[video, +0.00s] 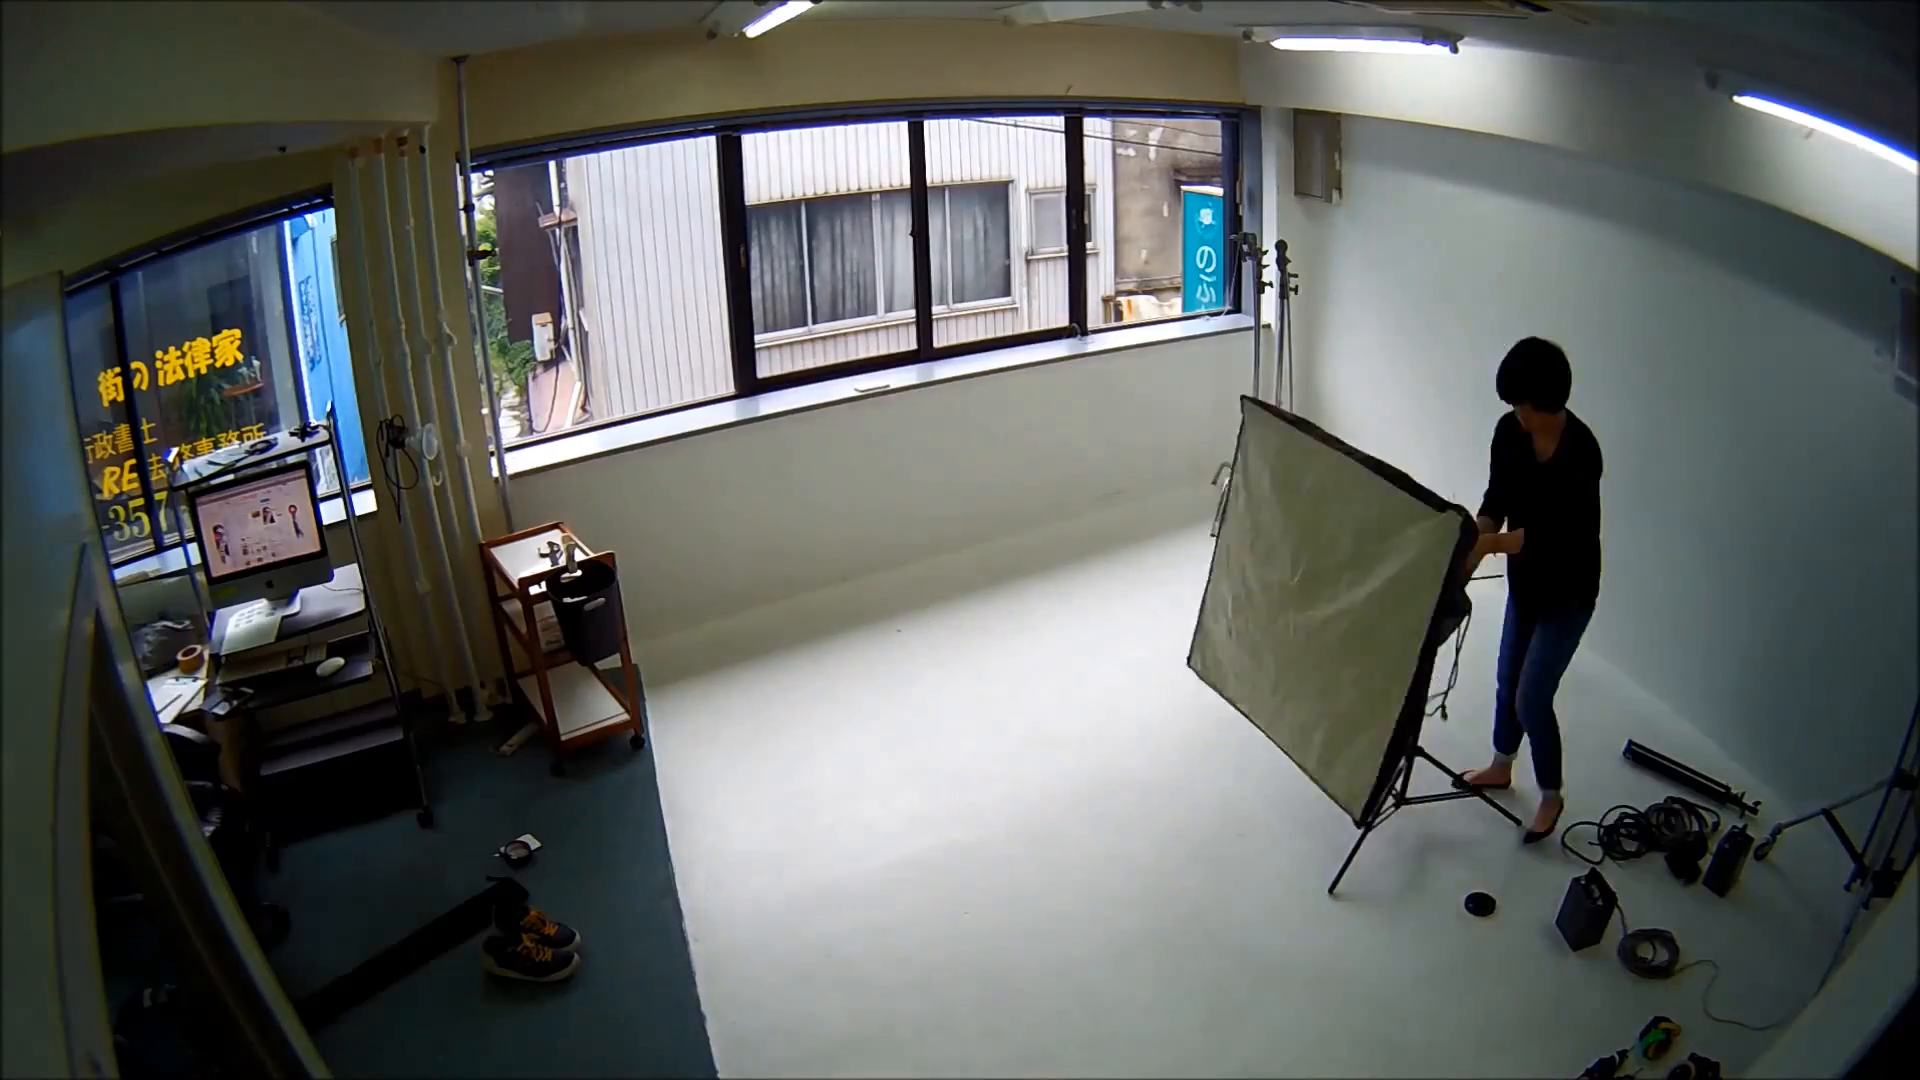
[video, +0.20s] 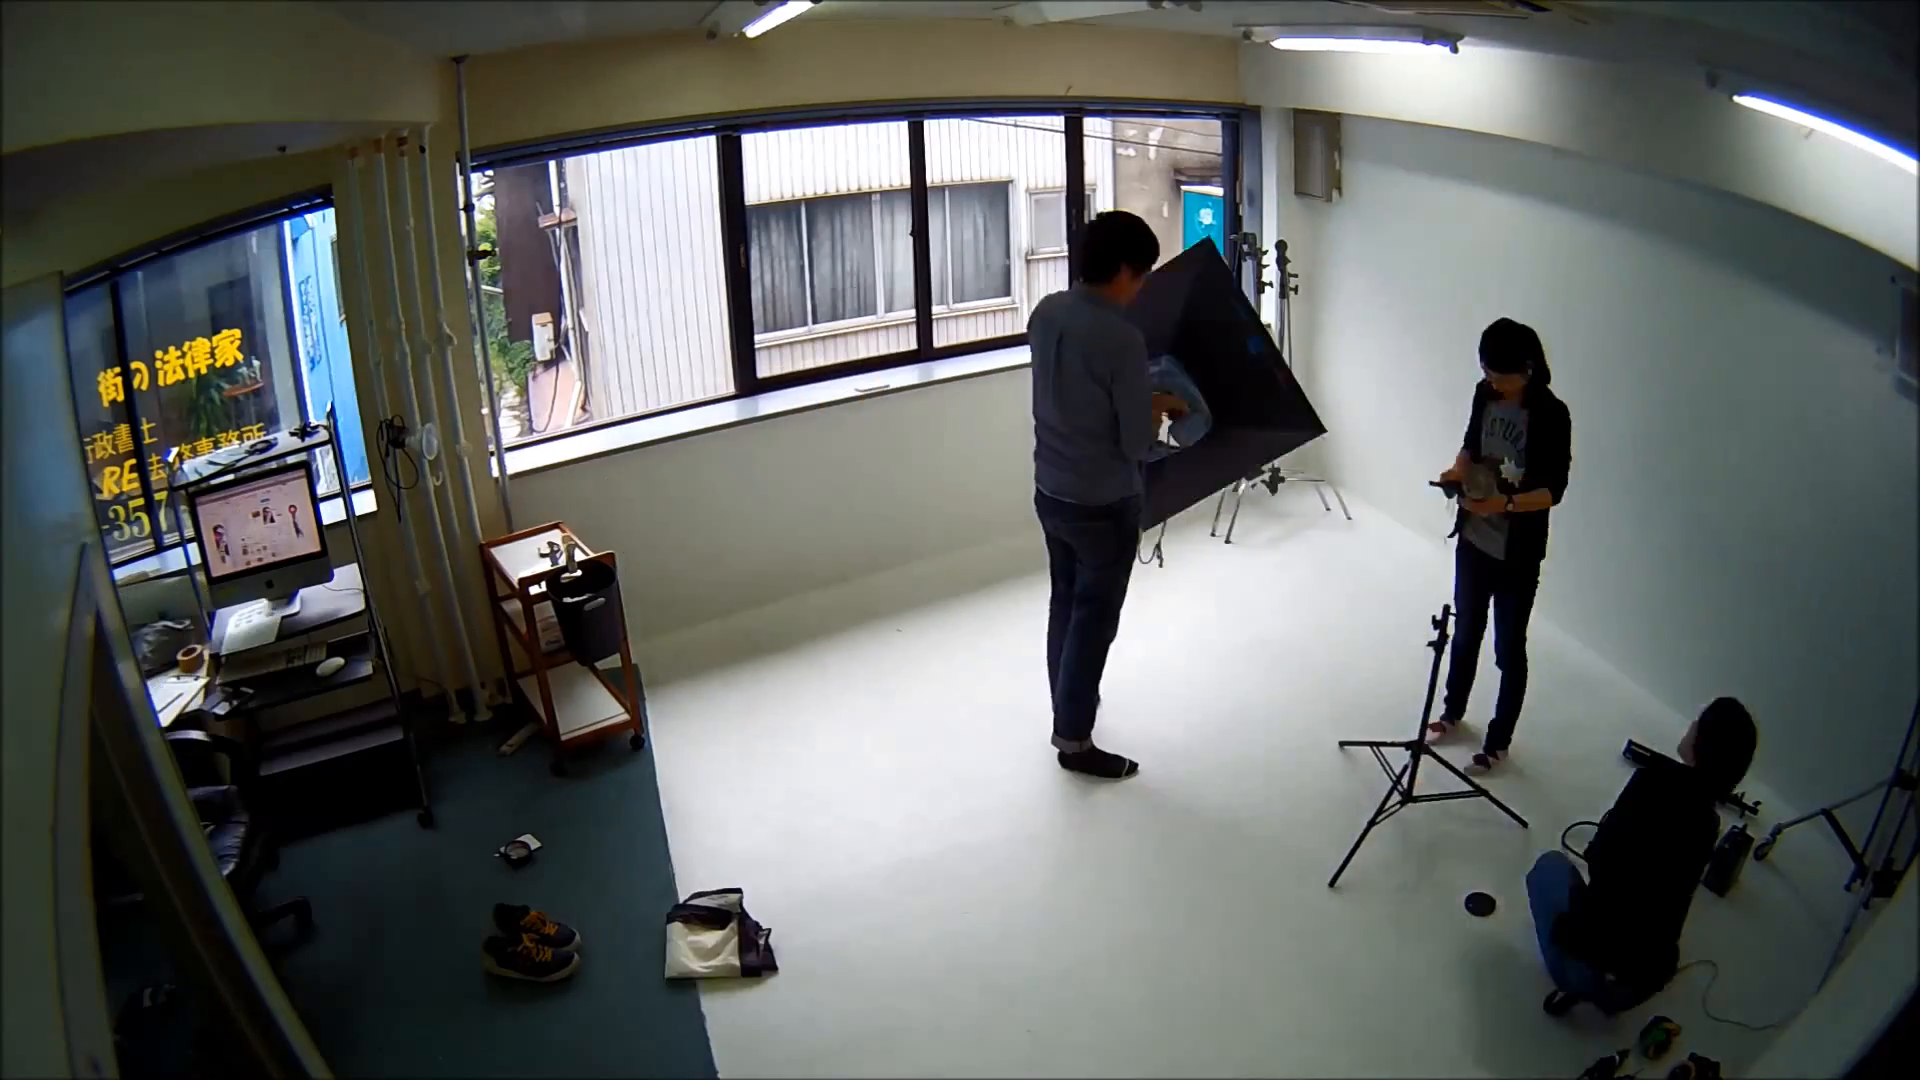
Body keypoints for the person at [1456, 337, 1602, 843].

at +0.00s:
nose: (1516, 411)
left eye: (1521, 402)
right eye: (1513, 402)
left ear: (1539, 401)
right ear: (1517, 401)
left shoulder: (1581, 450)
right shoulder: (1510, 432)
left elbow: (1557, 540)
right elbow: (1497, 500)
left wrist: (1483, 546)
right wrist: (1472, 543)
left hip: (1571, 588)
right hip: (1525, 576)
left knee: (1533, 695)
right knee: (1509, 682)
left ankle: (1551, 796)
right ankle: (1501, 767)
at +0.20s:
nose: (1490, 380)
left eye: (1499, 373)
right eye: (1487, 371)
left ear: (1525, 370)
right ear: (1485, 366)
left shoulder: (1552, 415)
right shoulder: (1484, 395)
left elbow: (1551, 492)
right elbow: (1472, 449)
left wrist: (1500, 503)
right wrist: (1458, 472)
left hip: (1518, 552)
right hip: (1473, 541)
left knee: (1509, 652)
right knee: (1465, 635)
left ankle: (1497, 744)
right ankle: (1451, 714)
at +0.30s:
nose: (1437, 317)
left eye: (1447, 312)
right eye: (1439, 310)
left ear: (1470, 323)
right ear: (1445, 318)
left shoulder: (1492, 391)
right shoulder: (1425, 358)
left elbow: (1491, 469)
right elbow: (1408, 423)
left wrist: (1475, 529)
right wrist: (1396, 474)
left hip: (1459, 512)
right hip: (1415, 497)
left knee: (1446, 609)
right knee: (1392, 586)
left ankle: (1440, 690)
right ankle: (1397, 649)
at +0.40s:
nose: (1430, 317)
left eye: (1440, 311)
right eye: (1434, 309)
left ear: (1462, 327)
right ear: (1458, 327)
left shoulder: (1477, 402)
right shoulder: (1438, 371)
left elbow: (1471, 488)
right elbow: (1421, 447)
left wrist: (1441, 551)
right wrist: (1403, 503)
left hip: (1450, 536)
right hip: (1418, 524)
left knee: (1434, 632)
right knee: (1410, 613)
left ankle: (1427, 732)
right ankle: (1407, 693)